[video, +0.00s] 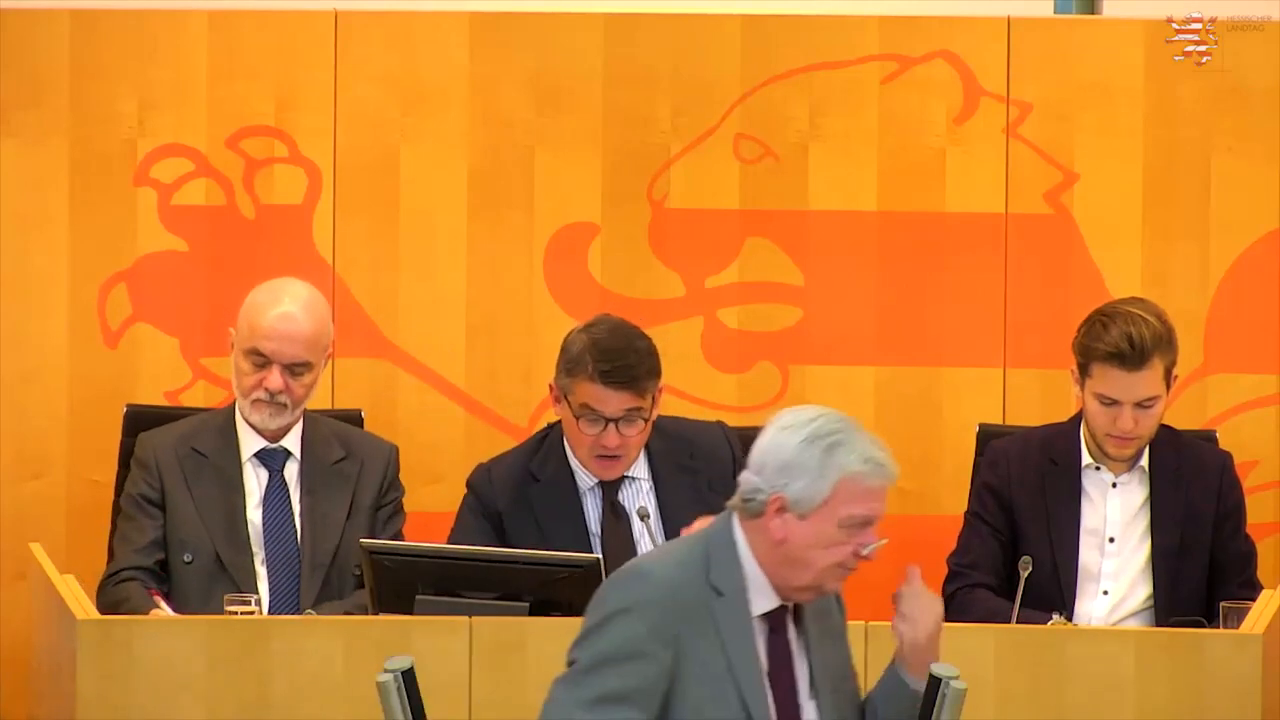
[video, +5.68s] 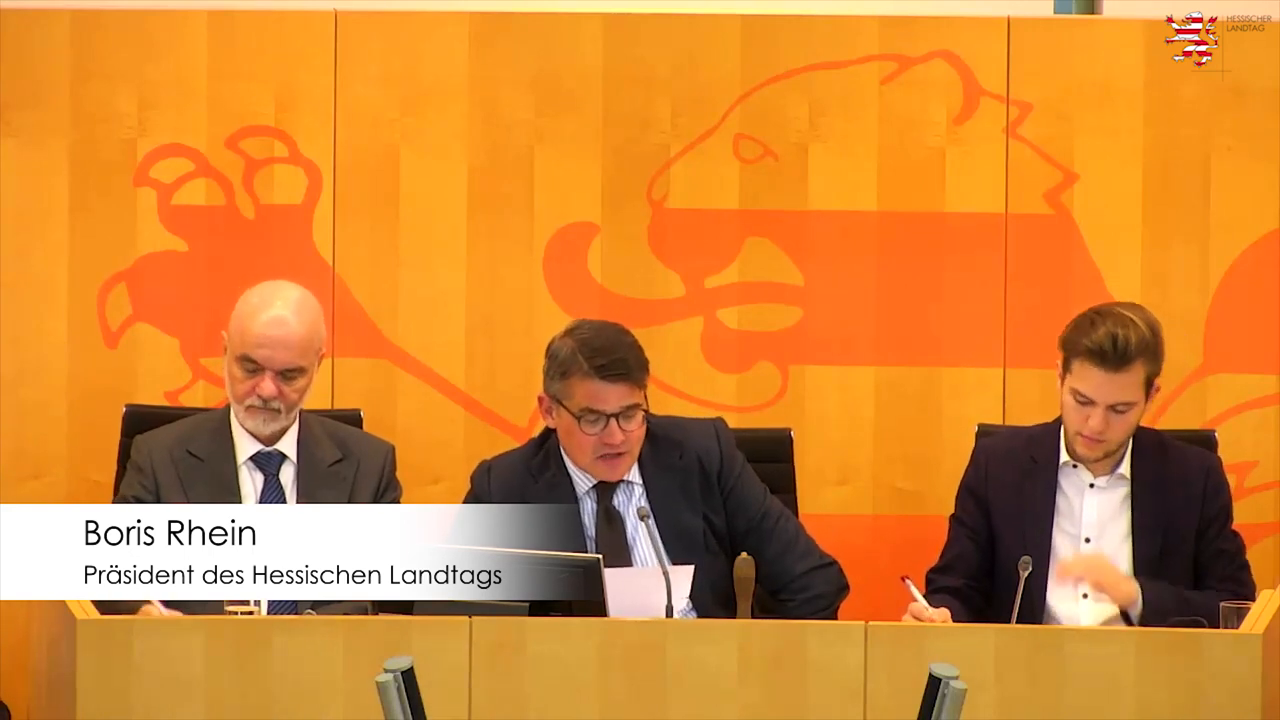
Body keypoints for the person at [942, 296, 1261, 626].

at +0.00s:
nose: (1125, 423)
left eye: (1145, 404)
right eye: (1108, 401)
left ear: (1170, 389)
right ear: (1078, 381)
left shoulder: (1209, 472)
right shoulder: (1010, 463)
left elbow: (1241, 608)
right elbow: (964, 597)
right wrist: (1053, 632)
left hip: (1165, 677)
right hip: (1041, 673)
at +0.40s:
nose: (1112, 423)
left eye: (1134, 404)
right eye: (1095, 400)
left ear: (1165, 392)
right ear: (1074, 380)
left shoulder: (1207, 472)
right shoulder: (1009, 462)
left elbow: (1240, 609)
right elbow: (955, 602)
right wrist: (1008, 611)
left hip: (1163, 678)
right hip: (1037, 673)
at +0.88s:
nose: (1098, 422)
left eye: (1122, 405)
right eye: (1084, 398)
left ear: (1154, 394)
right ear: (1065, 377)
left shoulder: (1199, 473)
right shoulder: (1002, 460)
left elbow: (1226, 606)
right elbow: (938, 592)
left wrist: (1116, 633)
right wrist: (959, 612)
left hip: (1147, 674)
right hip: (1023, 665)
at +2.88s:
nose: (1095, 444)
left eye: (1123, 434)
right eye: (1088, 418)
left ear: (1161, 420)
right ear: (1076, 384)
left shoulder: (1197, 477)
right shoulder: (1000, 458)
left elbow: (1239, 600)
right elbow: (946, 585)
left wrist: (1163, 643)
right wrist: (953, 642)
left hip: (1147, 678)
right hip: (1022, 671)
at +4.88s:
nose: (1108, 447)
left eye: (1135, 438)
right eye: (1100, 420)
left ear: (1167, 424)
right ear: (1083, 383)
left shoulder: (1200, 478)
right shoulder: (1003, 457)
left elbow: (1237, 601)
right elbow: (954, 582)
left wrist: (1165, 644)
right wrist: (953, 633)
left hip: (1151, 680)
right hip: (1026, 672)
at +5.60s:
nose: (1097, 427)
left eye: (1121, 411)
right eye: (1085, 401)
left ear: (1153, 400)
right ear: (1066, 378)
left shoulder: (1196, 477)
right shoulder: (999, 459)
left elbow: (1240, 608)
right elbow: (955, 585)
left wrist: (1138, 616)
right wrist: (939, 616)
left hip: (1148, 685)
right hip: (1021, 677)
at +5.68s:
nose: (1095, 425)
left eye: (1119, 408)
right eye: (1082, 400)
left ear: (1149, 395)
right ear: (1062, 377)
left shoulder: (1195, 477)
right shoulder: (998, 460)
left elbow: (1240, 610)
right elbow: (956, 587)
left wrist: (1137, 596)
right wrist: (939, 615)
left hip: (1150, 686)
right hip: (1022, 679)